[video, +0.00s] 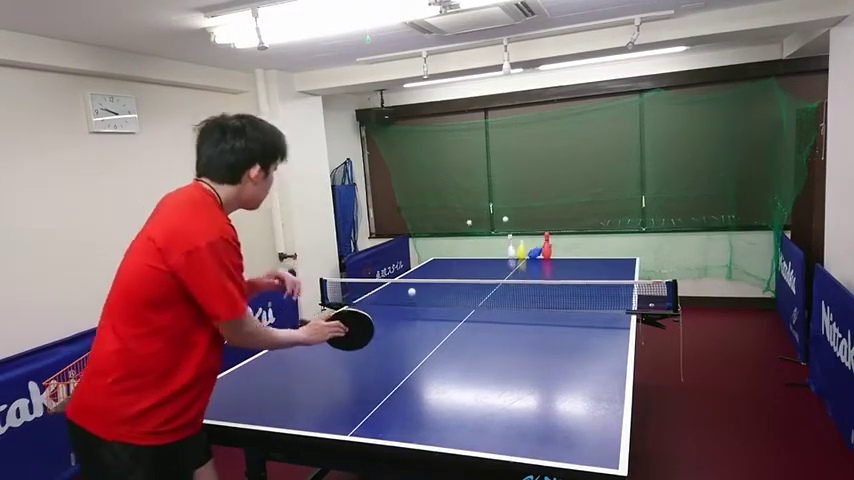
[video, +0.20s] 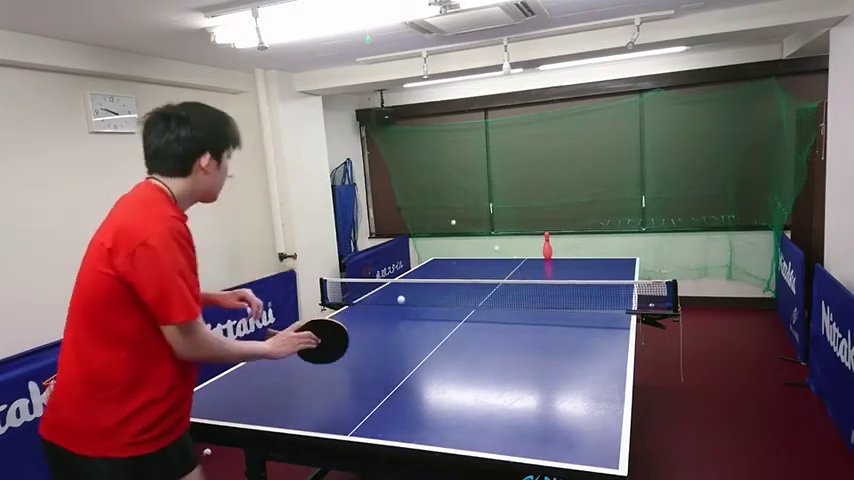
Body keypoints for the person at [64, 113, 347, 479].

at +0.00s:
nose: (271, 183)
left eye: (273, 173)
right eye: (272, 173)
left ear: (211, 163)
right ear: (253, 173)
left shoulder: (183, 203)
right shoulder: (206, 229)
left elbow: (199, 291)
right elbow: (238, 331)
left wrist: (257, 285)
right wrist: (300, 335)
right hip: (137, 434)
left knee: (204, 469)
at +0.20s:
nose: (227, 172)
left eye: (228, 161)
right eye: (226, 161)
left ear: (161, 156)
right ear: (204, 163)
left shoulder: (139, 206)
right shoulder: (156, 225)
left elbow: (150, 290)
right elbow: (190, 343)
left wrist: (214, 298)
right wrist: (265, 348)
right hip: (126, 441)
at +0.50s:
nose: (154, 162)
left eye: (155, 151)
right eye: (152, 150)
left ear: (83, 149)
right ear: (128, 153)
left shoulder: (71, 206)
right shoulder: (79, 223)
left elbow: (70, 305)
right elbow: (84, 359)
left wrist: (141, 320)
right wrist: (185, 380)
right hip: (74, 453)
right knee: (151, 472)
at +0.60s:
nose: (136, 160)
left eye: (137, 148)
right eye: (134, 147)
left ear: (64, 146)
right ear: (110, 151)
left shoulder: (43, 203)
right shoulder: (71, 222)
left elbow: (45, 303)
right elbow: (58, 357)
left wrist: (125, 324)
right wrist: (158, 390)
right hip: (72, 455)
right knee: (142, 472)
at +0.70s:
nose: (124, 159)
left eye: (124, 147)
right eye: (122, 146)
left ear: (50, 146)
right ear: (98, 148)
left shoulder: (22, 204)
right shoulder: (66, 220)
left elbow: (28, 304)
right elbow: (41, 351)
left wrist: (112, 325)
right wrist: (140, 399)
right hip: (64, 457)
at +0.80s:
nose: (112, 158)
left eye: (113, 147)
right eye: (111, 146)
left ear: (39, 146)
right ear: (89, 147)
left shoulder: (14, 204)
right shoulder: (61, 218)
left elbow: (22, 304)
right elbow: (32, 347)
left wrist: (103, 328)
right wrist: (127, 402)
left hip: (19, 454)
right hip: (59, 456)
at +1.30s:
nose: (75, 184)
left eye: (79, 173)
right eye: (78, 172)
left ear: (15, 159)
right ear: (64, 163)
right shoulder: (57, 217)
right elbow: (83, 325)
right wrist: (141, 368)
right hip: (41, 431)